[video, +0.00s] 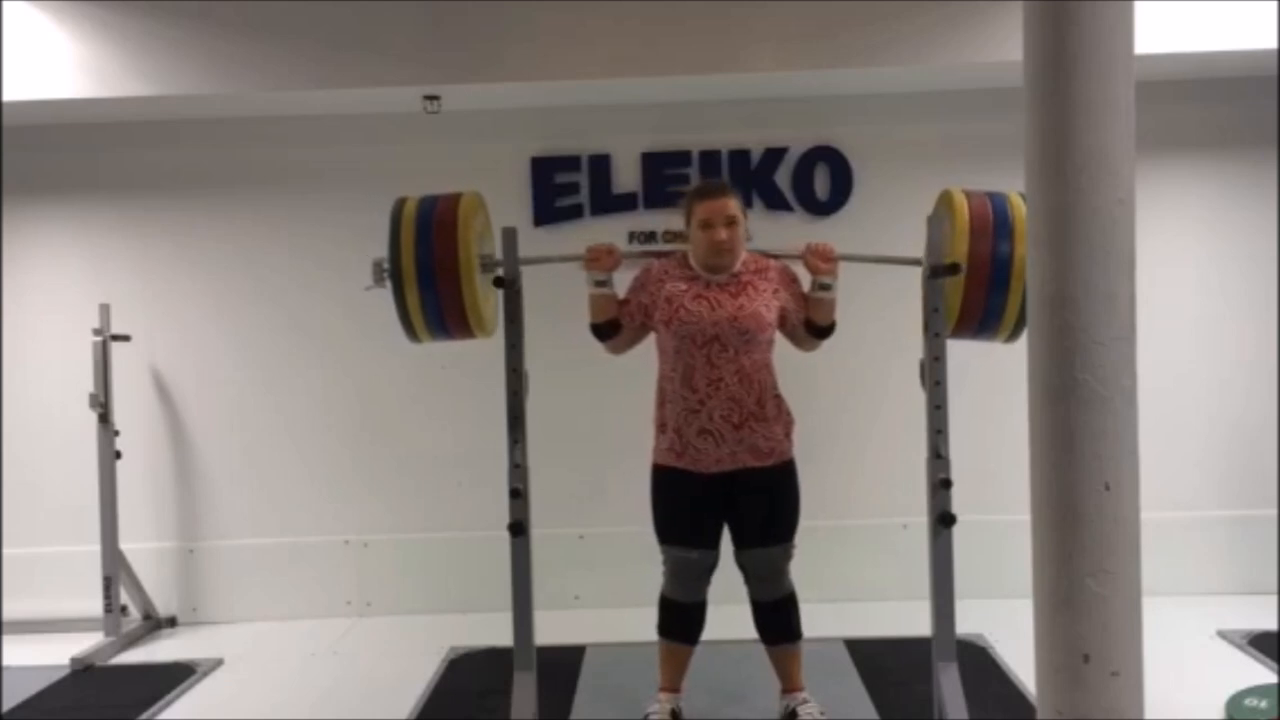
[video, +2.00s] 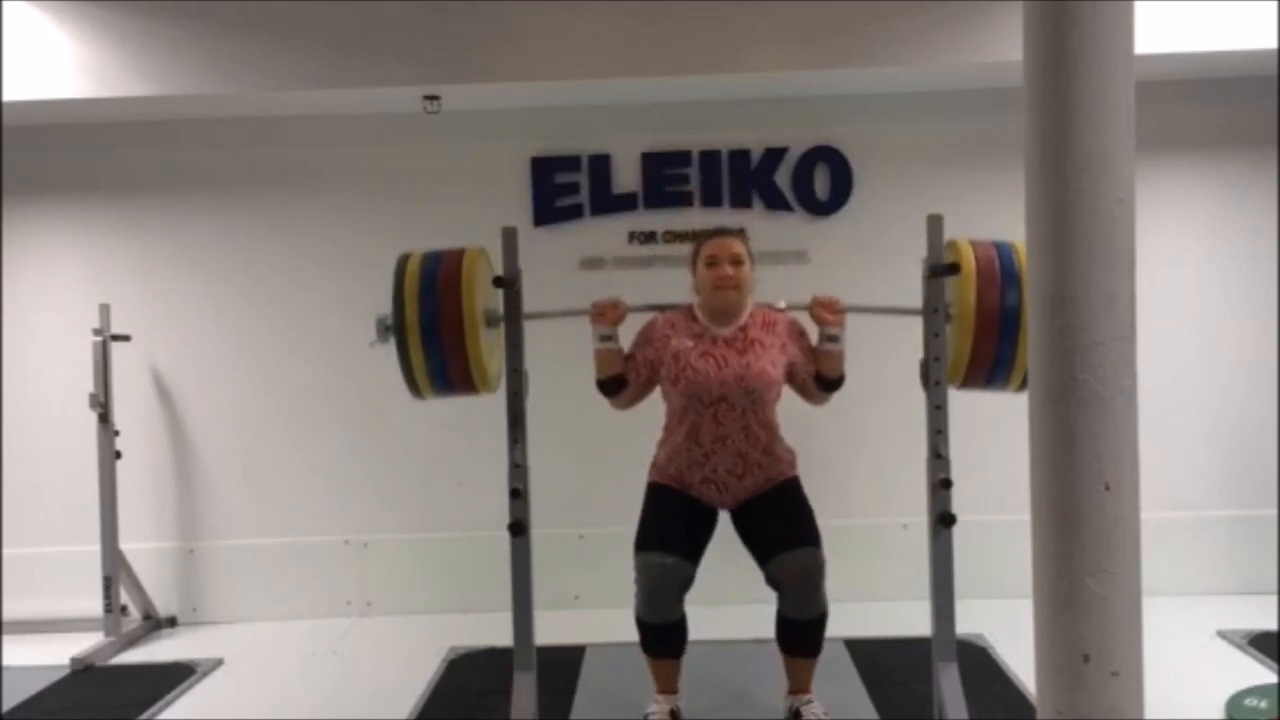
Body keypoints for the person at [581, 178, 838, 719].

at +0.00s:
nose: (721, 234)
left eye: (730, 223)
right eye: (708, 225)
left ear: (745, 227)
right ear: (687, 232)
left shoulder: (770, 275)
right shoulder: (660, 279)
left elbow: (810, 338)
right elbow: (614, 339)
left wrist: (823, 283)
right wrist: (600, 281)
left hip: (762, 457)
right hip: (685, 460)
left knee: (770, 580)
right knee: (684, 581)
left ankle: (795, 696)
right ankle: (667, 699)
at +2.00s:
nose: (725, 271)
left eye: (735, 262)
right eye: (712, 263)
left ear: (751, 273)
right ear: (694, 277)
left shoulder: (778, 329)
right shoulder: (665, 331)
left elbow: (819, 390)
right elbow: (620, 394)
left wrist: (831, 333)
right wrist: (605, 335)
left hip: (764, 474)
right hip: (682, 477)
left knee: (803, 575)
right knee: (657, 582)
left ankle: (802, 699)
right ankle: (665, 702)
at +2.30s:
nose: (728, 343)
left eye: (739, 334)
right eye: (715, 335)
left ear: (754, 345)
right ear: (698, 349)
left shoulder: (782, 398)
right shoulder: (671, 400)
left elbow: (828, 460)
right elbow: (624, 466)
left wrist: (838, 407)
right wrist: (609, 407)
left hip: (768, 524)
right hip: (686, 526)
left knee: (816, 595)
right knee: (653, 602)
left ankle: (801, 702)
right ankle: (666, 705)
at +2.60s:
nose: (734, 408)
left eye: (745, 398)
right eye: (721, 399)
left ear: (760, 409)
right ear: (702, 410)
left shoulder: (789, 459)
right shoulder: (673, 460)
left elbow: (831, 521)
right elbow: (629, 524)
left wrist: (843, 466)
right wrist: (614, 465)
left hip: (773, 585)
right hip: (691, 588)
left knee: (827, 619)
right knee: (646, 626)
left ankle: (801, 704)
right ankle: (667, 706)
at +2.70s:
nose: (736, 417)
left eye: (746, 407)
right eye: (722, 408)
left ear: (762, 418)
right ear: (703, 419)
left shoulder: (790, 469)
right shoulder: (673, 470)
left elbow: (832, 530)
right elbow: (630, 534)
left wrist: (843, 474)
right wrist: (615, 474)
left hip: (772, 594)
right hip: (692, 597)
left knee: (829, 621)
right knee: (646, 631)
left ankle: (801, 705)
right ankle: (668, 707)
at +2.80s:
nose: (735, 416)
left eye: (746, 406)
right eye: (722, 407)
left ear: (762, 416)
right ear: (703, 417)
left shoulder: (790, 466)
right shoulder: (672, 468)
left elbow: (831, 526)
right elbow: (630, 529)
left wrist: (843, 472)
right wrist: (614, 472)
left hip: (773, 590)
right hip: (691, 592)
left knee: (828, 621)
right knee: (646, 629)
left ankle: (801, 705)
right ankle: (668, 706)